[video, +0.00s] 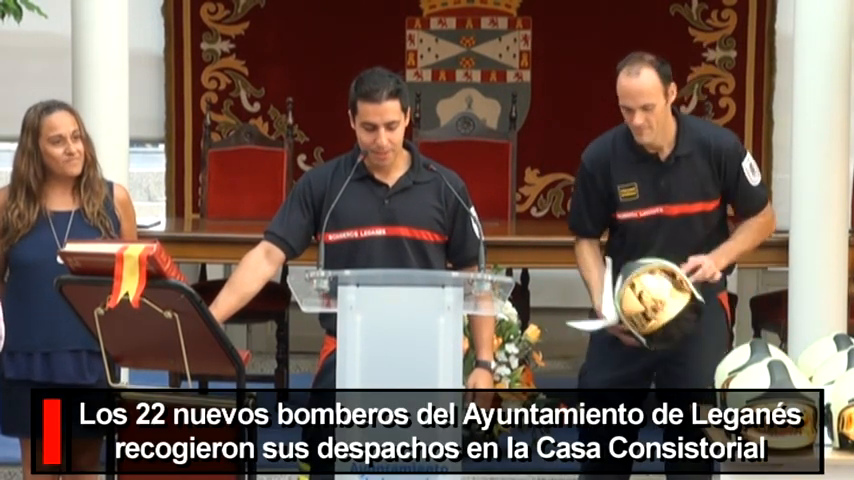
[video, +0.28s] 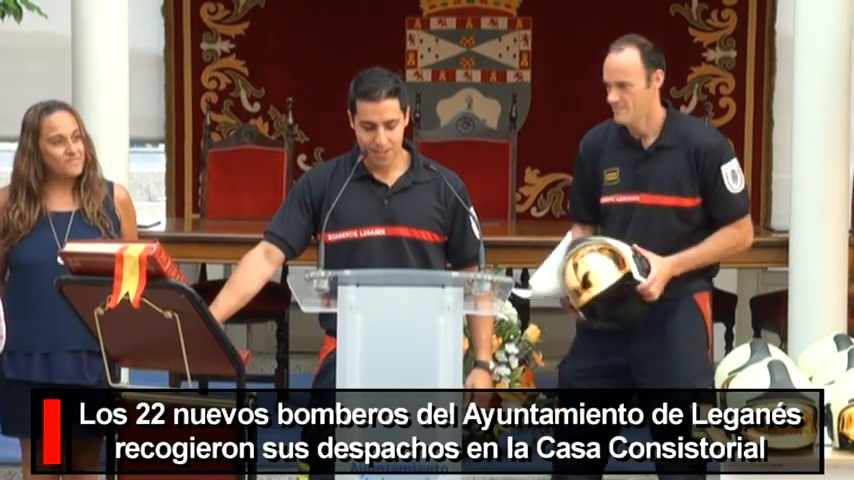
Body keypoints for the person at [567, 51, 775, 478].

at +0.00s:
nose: (637, 121)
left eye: (647, 108)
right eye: (628, 110)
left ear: (671, 96)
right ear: (618, 103)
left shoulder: (719, 147)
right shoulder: (600, 159)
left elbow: (763, 217)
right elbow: (586, 238)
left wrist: (718, 259)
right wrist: (606, 309)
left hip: (698, 314)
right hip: (625, 313)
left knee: (691, 445)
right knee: (600, 441)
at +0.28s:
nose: (612, 98)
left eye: (622, 86)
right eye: (608, 87)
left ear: (657, 82)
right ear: (605, 86)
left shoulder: (705, 145)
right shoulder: (597, 144)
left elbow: (741, 232)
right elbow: (582, 225)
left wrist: (671, 265)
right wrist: (570, 274)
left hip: (673, 324)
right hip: (603, 322)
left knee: (679, 460)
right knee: (572, 457)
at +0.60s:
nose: (565, 80)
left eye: (576, 71)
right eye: (565, 70)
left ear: (612, 73)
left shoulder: (646, 140)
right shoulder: (570, 140)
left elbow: (660, 242)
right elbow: (563, 218)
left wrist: (576, 264)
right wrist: (527, 240)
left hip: (621, 312)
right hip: (564, 311)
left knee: (639, 451)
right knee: (542, 446)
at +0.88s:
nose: (521, 73)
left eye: (532, 64)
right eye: (522, 63)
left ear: (567, 69)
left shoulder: (585, 134)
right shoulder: (544, 132)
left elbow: (584, 240)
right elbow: (526, 213)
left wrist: (500, 259)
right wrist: (465, 232)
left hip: (559, 295)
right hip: (524, 290)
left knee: (553, 430)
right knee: (514, 424)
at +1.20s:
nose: (477, 75)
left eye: (488, 66)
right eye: (478, 64)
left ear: (522, 72)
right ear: (516, 71)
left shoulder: (533, 135)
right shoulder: (511, 128)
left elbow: (521, 241)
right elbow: (495, 220)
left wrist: (455, 254)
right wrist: (453, 246)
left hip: (522, 289)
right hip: (500, 283)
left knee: (506, 411)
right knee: (499, 408)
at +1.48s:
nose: (421, 81)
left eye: (433, 74)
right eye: (423, 71)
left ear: (469, 80)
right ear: (465, 80)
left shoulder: (471, 145)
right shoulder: (460, 131)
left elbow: (456, 242)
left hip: (472, 301)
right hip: (464, 295)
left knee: (471, 420)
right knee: (467, 417)